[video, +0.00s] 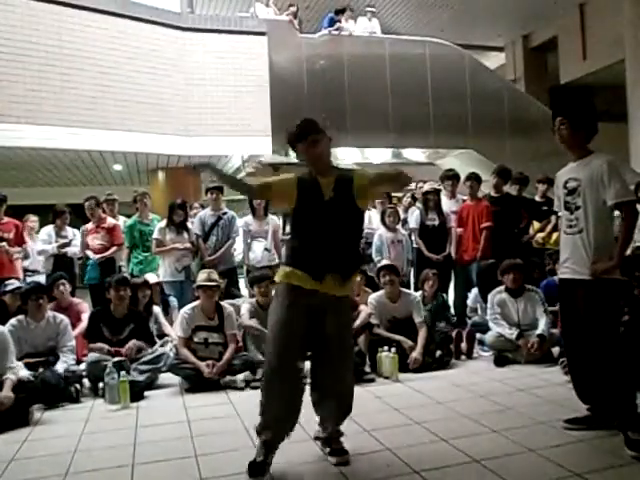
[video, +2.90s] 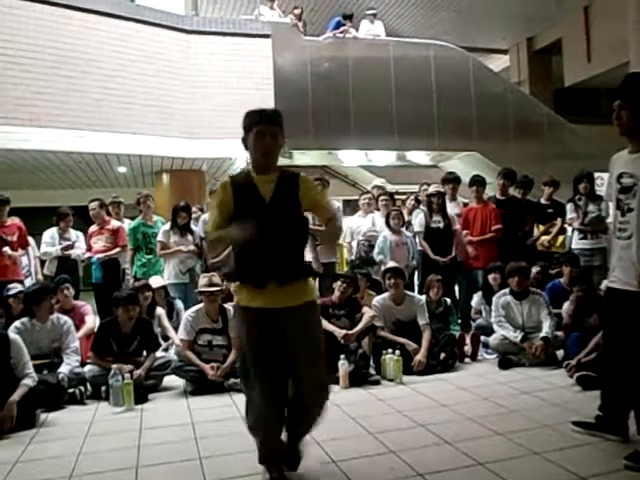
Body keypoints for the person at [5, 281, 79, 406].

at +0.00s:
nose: (40, 302)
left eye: (42, 298)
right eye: (35, 299)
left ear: (48, 301)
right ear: (26, 304)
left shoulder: (61, 322)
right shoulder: (14, 326)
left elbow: (68, 353)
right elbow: (10, 359)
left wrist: (56, 372)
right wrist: (26, 375)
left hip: (53, 368)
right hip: (27, 371)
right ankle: (67, 394)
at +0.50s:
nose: (40, 302)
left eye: (42, 298)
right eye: (35, 299)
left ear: (48, 300)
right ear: (26, 304)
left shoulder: (60, 321)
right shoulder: (14, 326)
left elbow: (68, 352)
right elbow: (11, 360)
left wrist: (57, 371)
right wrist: (26, 375)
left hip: (54, 369)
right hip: (27, 371)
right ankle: (68, 393)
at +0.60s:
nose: (40, 303)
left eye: (42, 299)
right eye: (35, 300)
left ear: (47, 301)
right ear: (26, 304)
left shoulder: (61, 321)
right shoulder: (14, 326)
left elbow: (68, 353)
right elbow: (11, 360)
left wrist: (57, 372)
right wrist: (27, 375)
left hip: (54, 369)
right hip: (28, 372)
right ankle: (66, 394)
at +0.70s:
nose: (40, 303)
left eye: (42, 299)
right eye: (35, 299)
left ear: (48, 301)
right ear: (26, 304)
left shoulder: (61, 322)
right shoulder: (14, 326)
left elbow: (68, 353)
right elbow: (11, 360)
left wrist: (56, 372)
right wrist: (28, 376)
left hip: (54, 369)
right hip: (27, 372)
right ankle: (66, 394)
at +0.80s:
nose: (39, 303)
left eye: (42, 299)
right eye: (34, 300)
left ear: (47, 301)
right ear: (25, 304)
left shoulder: (60, 321)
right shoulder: (14, 326)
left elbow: (69, 353)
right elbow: (10, 359)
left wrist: (55, 372)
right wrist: (25, 375)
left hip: (54, 368)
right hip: (28, 371)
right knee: (20, 388)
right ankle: (68, 394)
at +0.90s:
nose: (39, 303)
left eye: (42, 299)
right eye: (34, 300)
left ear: (47, 301)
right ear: (25, 304)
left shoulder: (60, 321)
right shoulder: (14, 326)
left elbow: (69, 352)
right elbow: (10, 359)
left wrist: (58, 371)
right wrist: (24, 375)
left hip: (53, 367)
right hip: (27, 370)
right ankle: (69, 394)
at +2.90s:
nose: (53, 303)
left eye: (52, 299)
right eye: (47, 300)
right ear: (35, 305)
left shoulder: (64, 323)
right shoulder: (18, 329)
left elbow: (72, 353)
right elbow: (16, 359)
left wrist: (64, 372)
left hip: (58, 369)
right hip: (32, 372)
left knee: (79, 375)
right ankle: (69, 396)